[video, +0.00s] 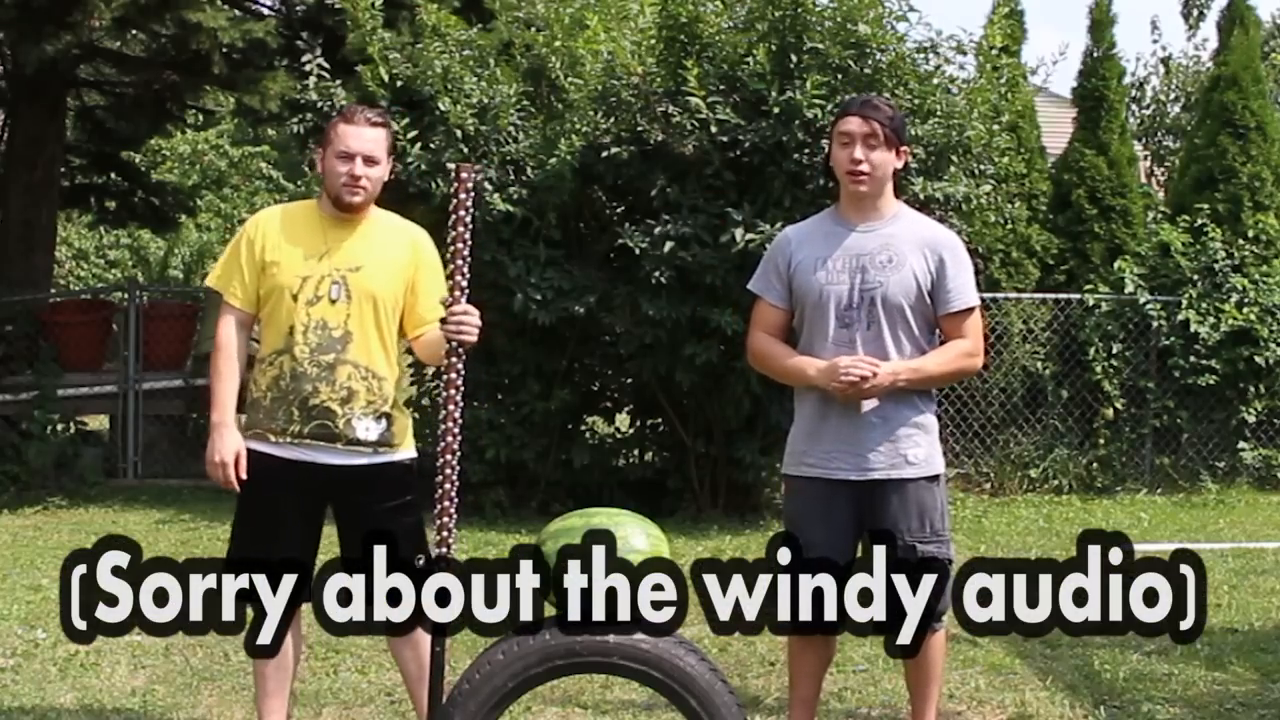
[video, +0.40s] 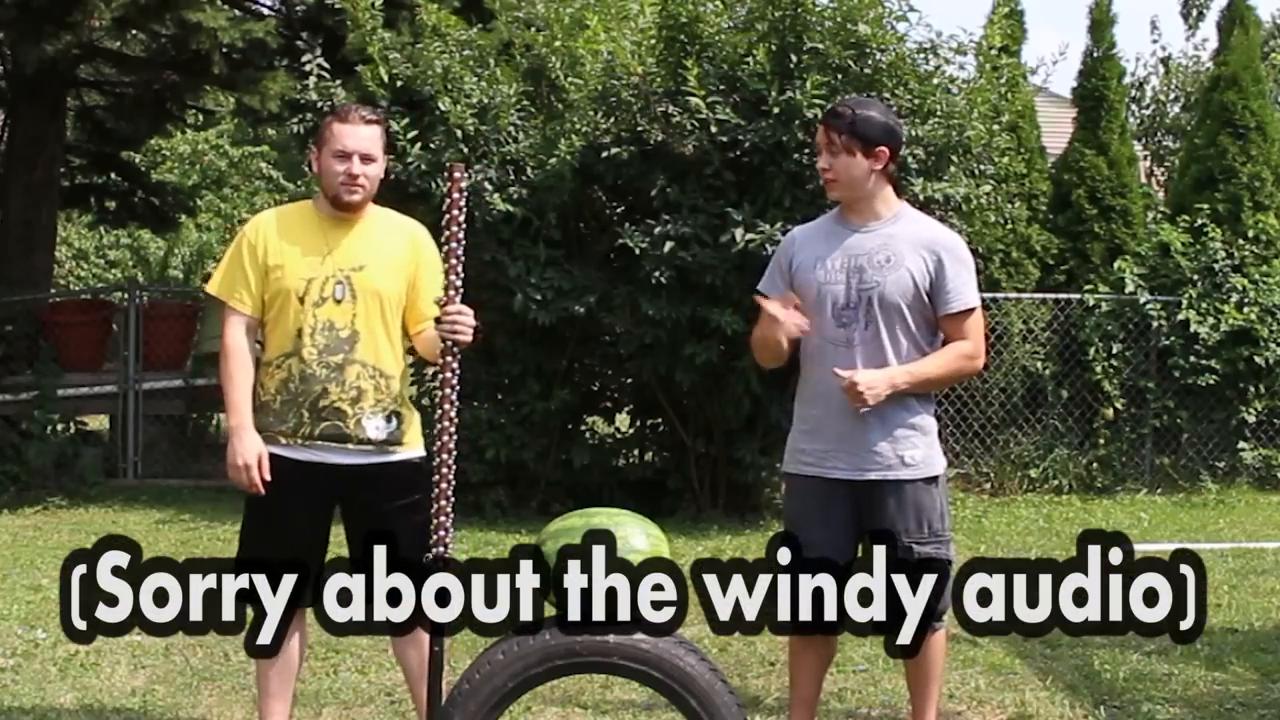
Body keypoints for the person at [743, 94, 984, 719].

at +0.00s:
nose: (856, 155)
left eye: (872, 144)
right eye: (845, 142)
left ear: (898, 157)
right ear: (830, 154)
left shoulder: (937, 243)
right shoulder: (793, 244)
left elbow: (970, 350)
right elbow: (760, 344)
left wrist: (895, 373)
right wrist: (818, 371)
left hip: (908, 465)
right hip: (817, 464)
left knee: (924, 609)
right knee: (809, 609)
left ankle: (924, 716)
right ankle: (800, 716)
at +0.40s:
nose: (821, 164)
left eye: (835, 153)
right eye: (820, 152)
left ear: (880, 159)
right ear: (820, 156)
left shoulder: (938, 245)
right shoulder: (798, 244)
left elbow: (970, 351)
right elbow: (767, 356)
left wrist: (893, 378)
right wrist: (773, 326)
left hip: (906, 467)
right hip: (816, 464)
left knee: (923, 611)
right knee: (810, 610)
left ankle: (924, 717)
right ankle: (800, 716)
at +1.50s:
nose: (809, 165)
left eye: (821, 153)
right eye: (808, 153)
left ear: (866, 158)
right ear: (832, 158)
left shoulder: (926, 244)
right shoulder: (799, 245)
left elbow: (956, 353)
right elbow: (764, 336)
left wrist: (858, 371)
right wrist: (797, 368)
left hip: (903, 467)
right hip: (814, 465)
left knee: (922, 610)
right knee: (810, 608)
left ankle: (924, 716)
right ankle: (799, 715)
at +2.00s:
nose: (812, 166)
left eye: (825, 154)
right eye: (811, 153)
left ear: (869, 157)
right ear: (831, 157)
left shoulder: (931, 243)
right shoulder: (800, 245)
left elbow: (962, 352)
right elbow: (768, 338)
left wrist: (865, 373)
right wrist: (802, 370)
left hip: (904, 467)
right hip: (815, 466)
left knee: (922, 611)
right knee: (810, 610)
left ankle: (924, 716)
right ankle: (800, 716)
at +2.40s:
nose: (821, 161)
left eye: (834, 151)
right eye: (821, 149)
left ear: (879, 158)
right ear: (829, 156)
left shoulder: (935, 245)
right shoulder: (805, 244)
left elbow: (964, 353)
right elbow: (762, 328)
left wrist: (875, 377)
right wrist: (697, 322)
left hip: (906, 468)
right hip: (817, 466)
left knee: (923, 612)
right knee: (812, 609)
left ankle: (925, 717)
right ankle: (800, 716)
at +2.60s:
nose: (823, 157)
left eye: (836, 147)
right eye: (824, 145)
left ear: (880, 159)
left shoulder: (936, 246)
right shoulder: (807, 239)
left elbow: (966, 354)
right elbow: (734, 302)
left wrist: (880, 380)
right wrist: (678, 247)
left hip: (906, 468)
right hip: (817, 464)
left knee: (923, 613)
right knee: (812, 611)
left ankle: (924, 717)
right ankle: (799, 716)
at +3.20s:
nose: (824, 152)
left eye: (839, 142)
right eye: (826, 139)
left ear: (882, 157)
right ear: (843, 152)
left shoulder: (934, 246)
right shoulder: (806, 240)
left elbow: (958, 355)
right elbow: (777, 333)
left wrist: (860, 378)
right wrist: (803, 373)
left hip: (903, 465)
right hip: (815, 461)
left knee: (921, 612)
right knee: (809, 611)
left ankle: (924, 716)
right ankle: (799, 716)